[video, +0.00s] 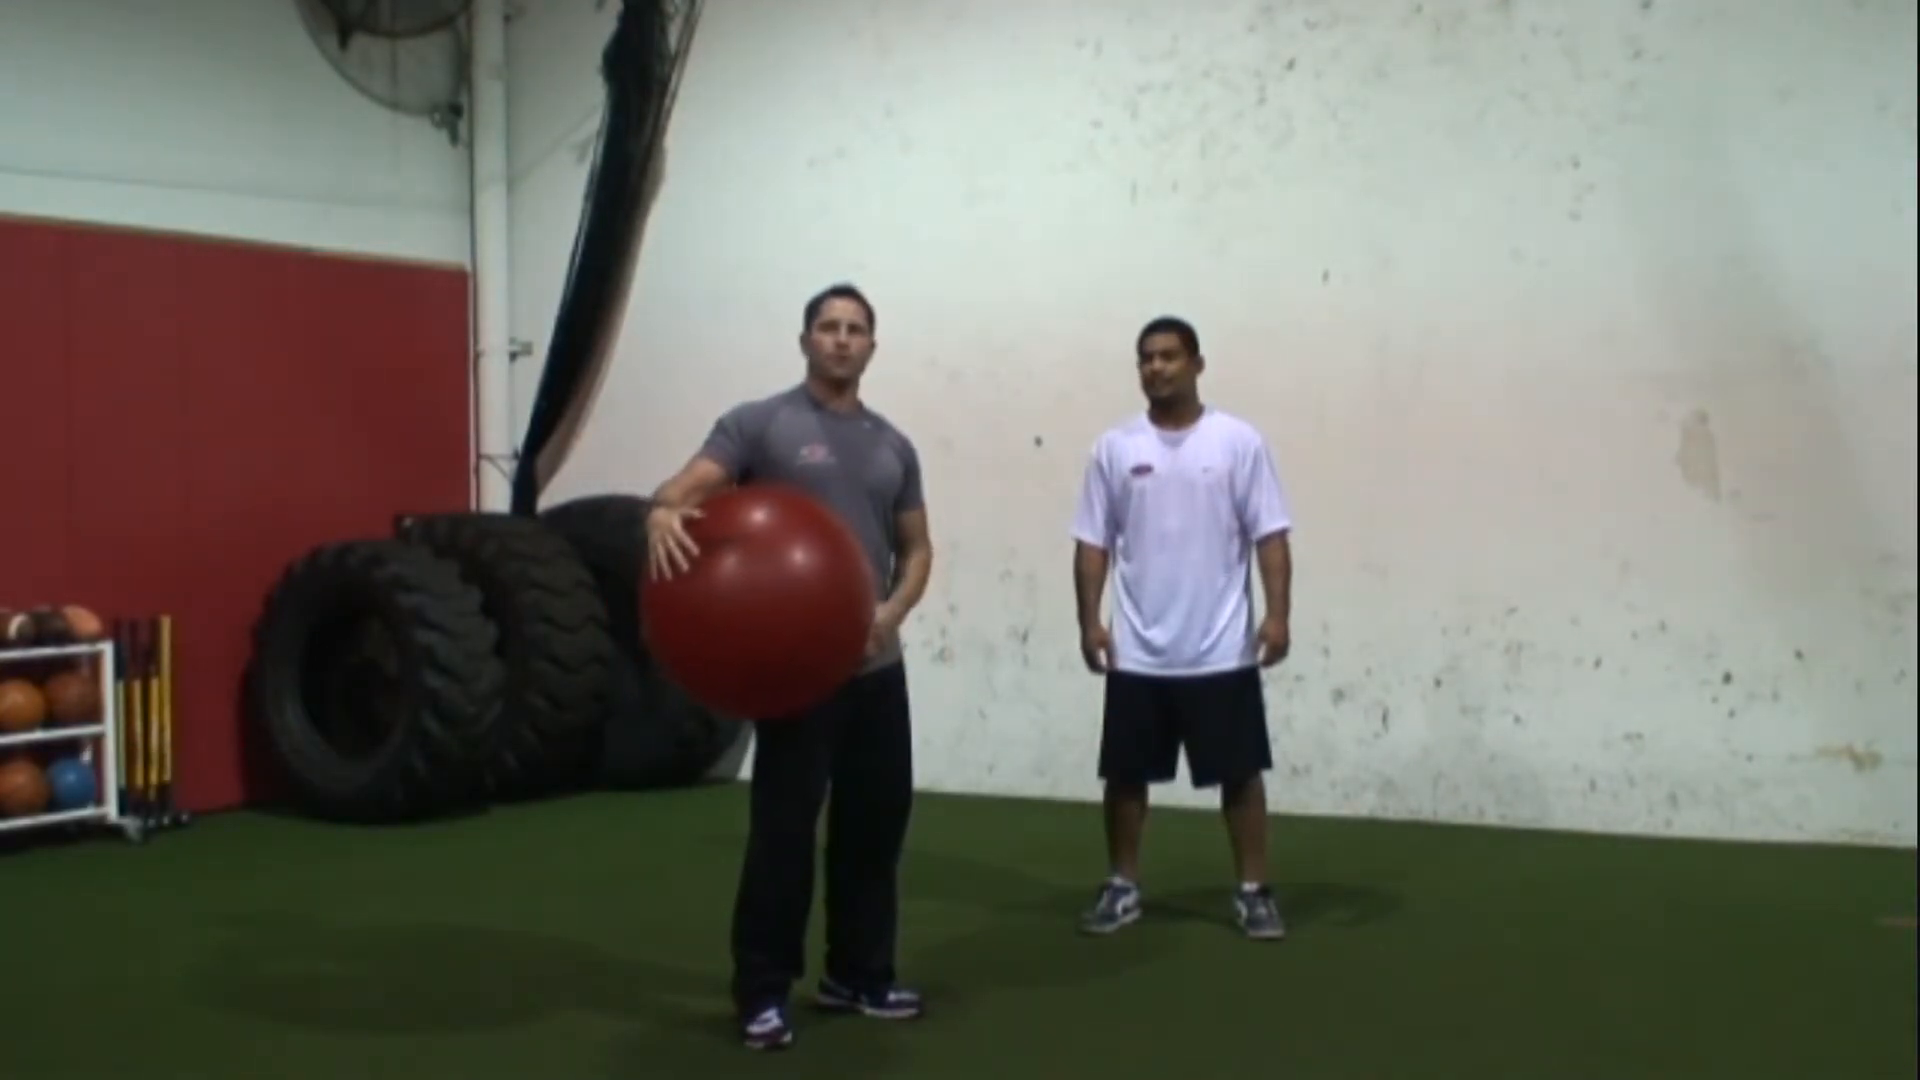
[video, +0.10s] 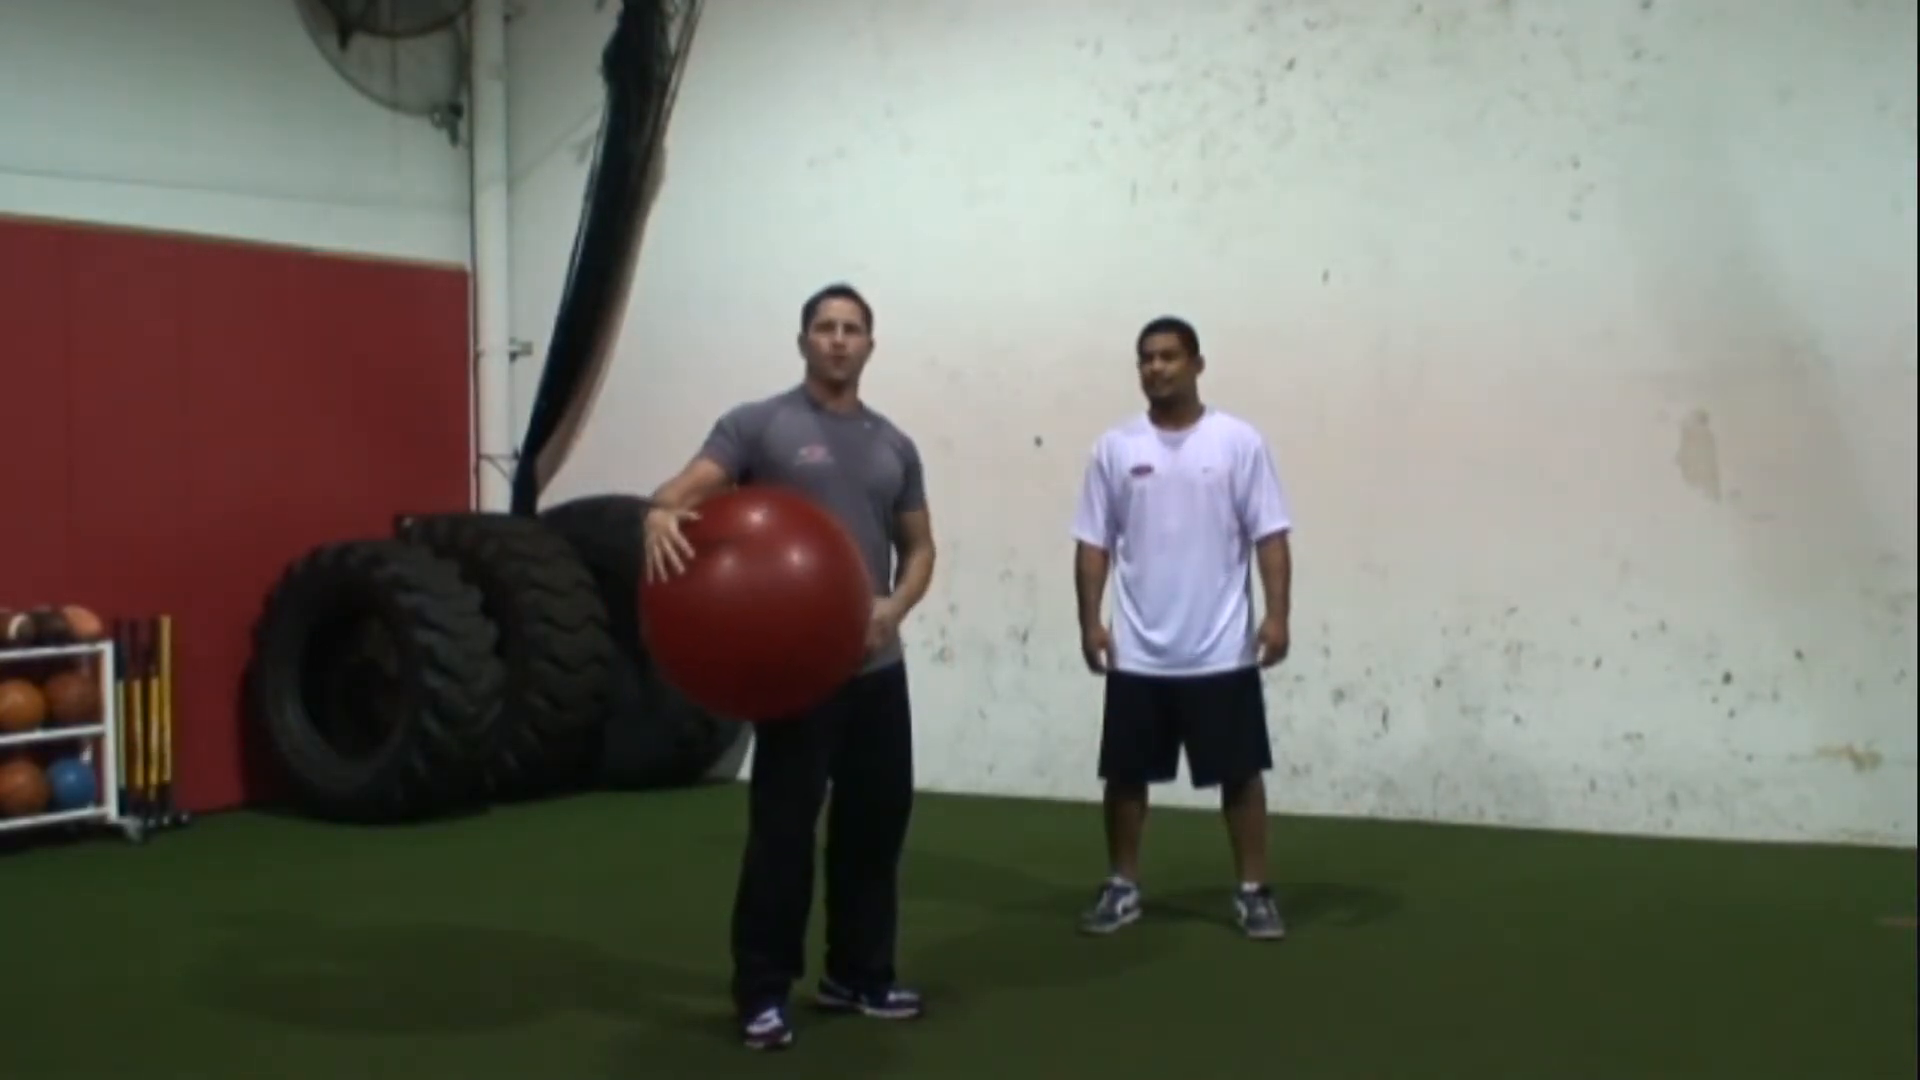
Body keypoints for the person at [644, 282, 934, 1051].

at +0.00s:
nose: (845, 339)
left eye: (857, 329)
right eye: (831, 327)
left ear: (873, 345)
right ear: (805, 340)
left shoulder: (892, 447)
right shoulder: (758, 424)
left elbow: (918, 548)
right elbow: (686, 489)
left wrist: (895, 608)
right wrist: (662, 514)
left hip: (875, 668)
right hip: (792, 667)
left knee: (874, 825)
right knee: (783, 830)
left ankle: (859, 975)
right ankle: (764, 994)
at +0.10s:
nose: (840, 339)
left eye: (852, 329)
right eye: (826, 328)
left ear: (871, 345)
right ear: (803, 341)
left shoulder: (894, 447)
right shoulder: (758, 425)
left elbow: (920, 548)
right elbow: (685, 491)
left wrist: (896, 605)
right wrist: (659, 515)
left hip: (875, 669)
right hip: (792, 669)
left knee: (874, 826)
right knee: (782, 833)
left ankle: (859, 975)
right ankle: (764, 994)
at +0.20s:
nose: (837, 339)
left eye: (850, 328)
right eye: (823, 328)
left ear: (870, 344)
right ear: (801, 342)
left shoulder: (895, 445)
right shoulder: (757, 425)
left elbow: (926, 544)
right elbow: (686, 489)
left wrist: (897, 590)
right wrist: (656, 512)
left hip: (876, 670)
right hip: (792, 670)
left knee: (874, 826)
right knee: (781, 833)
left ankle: (859, 975)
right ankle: (764, 994)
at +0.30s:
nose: (837, 338)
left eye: (850, 328)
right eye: (824, 327)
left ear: (870, 343)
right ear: (802, 341)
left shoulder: (897, 444)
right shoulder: (758, 425)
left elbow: (931, 540)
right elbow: (686, 488)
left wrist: (902, 563)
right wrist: (653, 510)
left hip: (876, 672)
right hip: (790, 670)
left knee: (875, 827)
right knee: (780, 833)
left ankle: (860, 975)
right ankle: (764, 994)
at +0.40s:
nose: (843, 339)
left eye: (855, 329)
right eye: (829, 327)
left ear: (873, 343)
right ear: (804, 340)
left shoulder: (898, 444)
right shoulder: (758, 425)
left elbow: (935, 541)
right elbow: (687, 485)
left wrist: (909, 559)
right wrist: (650, 507)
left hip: (876, 672)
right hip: (791, 671)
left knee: (875, 828)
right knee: (780, 835)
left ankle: (860, 975)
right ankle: (764, 994)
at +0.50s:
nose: (849, 341)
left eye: (861, 330)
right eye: (835, 329)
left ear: (877, 345)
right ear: (809, 341)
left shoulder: (898, 445)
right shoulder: (760, 425)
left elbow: (938, 543)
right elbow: (688, 485)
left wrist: (912, 559)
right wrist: (647, 508)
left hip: (877, 668)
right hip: (791, 669)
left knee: (876, 823)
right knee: (781, 831)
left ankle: (860, 975)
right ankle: (764, 993)